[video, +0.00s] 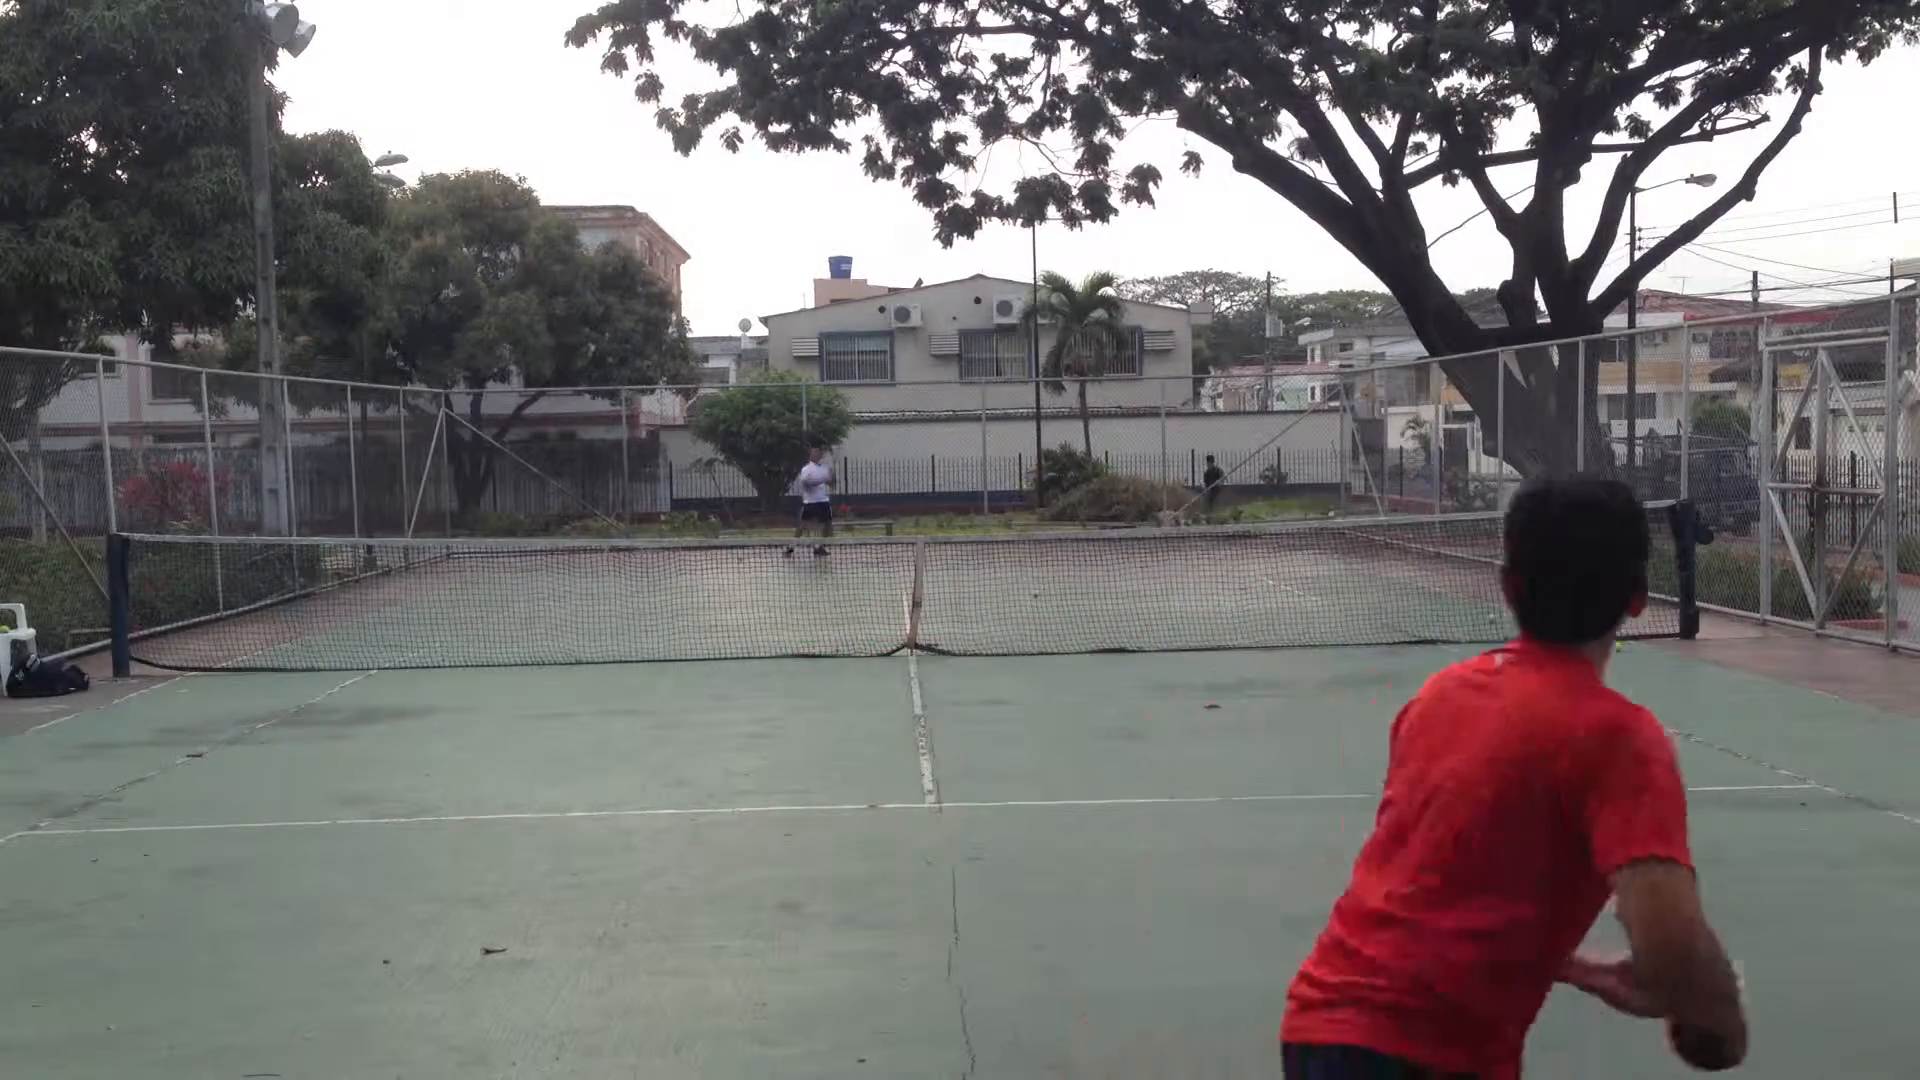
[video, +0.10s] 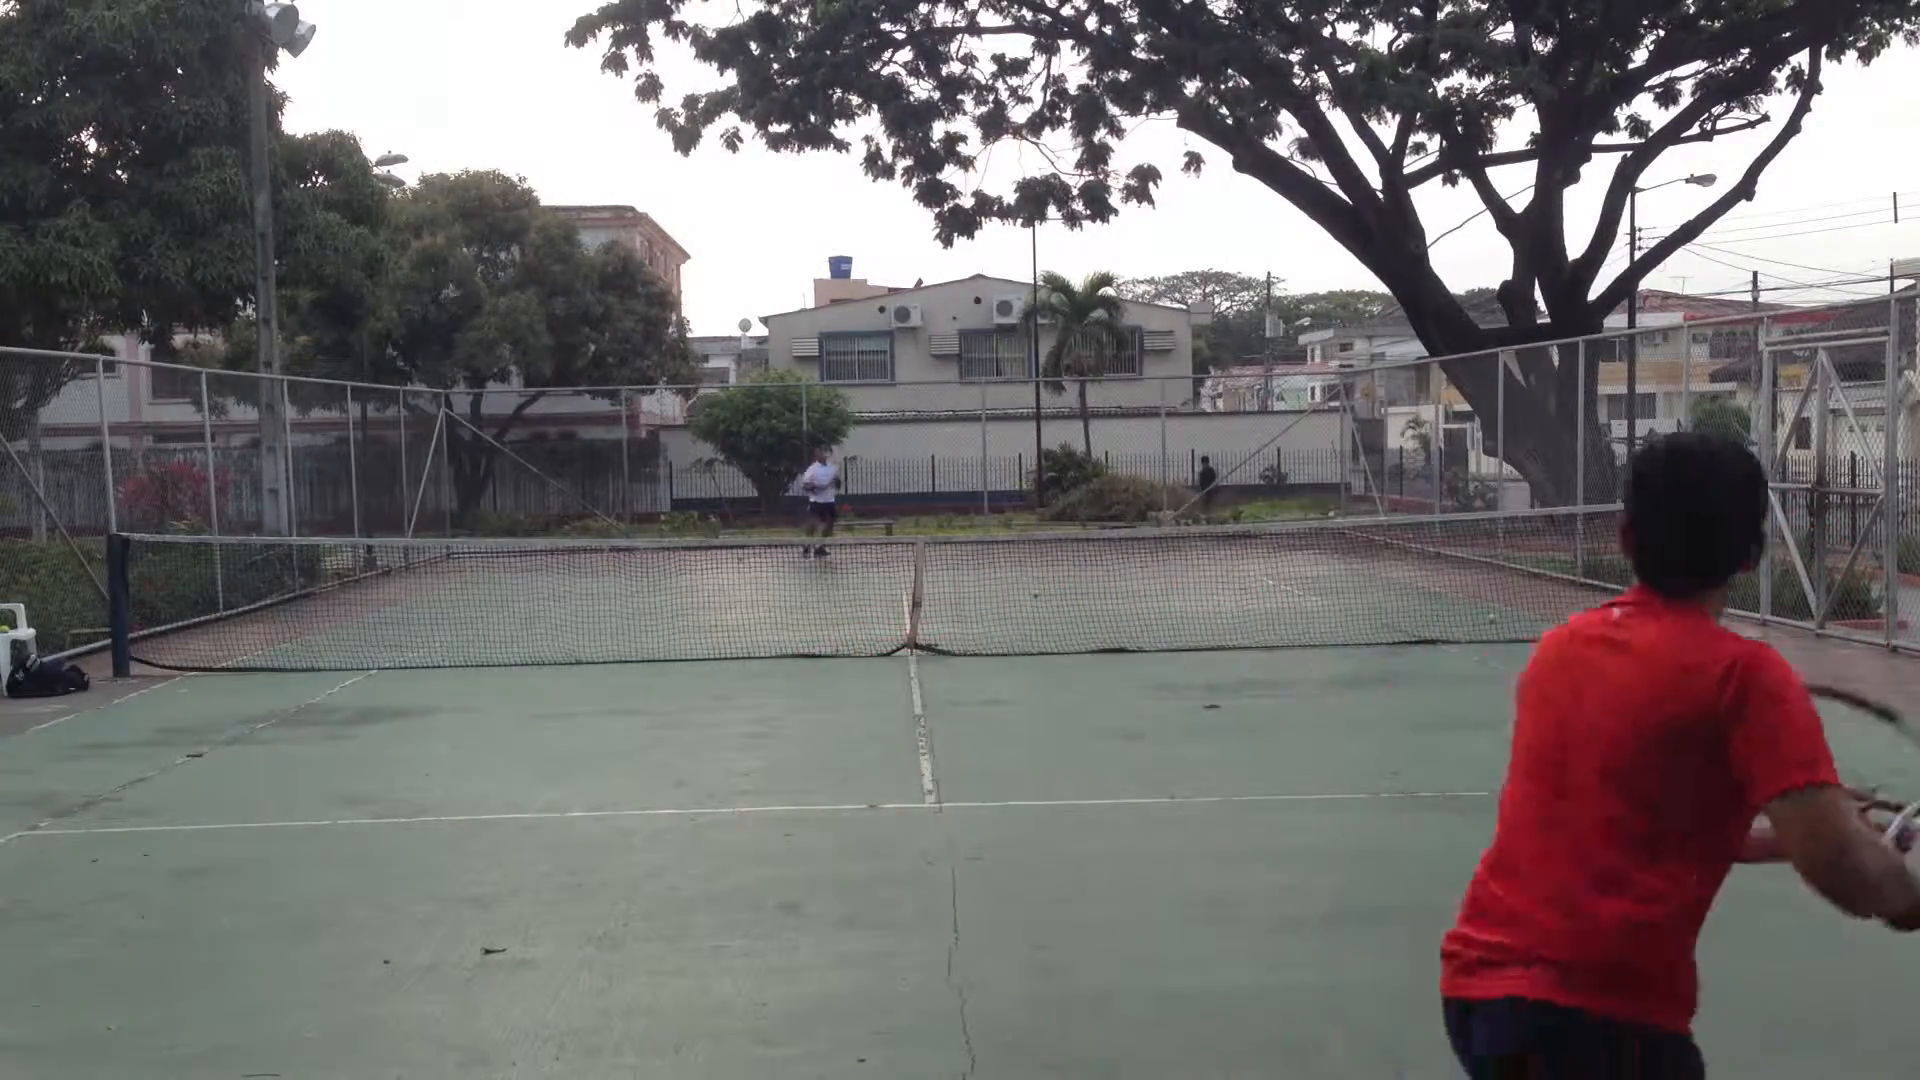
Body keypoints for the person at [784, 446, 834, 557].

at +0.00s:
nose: (817, 455)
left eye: (819, 453)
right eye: (815, 453)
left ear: (821, 454)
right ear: (810, 455)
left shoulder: (825, 468)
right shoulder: (806, 469)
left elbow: (831, 483)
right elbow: (805, 482)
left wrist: (831, 476)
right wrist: (823, 479)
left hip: (823, 500)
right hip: (809, 501)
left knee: (827, 525)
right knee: (802, 525)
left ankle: (820, 546)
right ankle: (791, 547)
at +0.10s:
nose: (825, 455)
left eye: (827, 452)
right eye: (822, 452)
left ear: (829, 454)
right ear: (817, 454)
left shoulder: (833, 468)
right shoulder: (813, 469)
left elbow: (838, 485)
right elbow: (805, 484)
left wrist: (837, 481)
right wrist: (815, 487)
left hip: (829, 501)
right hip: (815, 501)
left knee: (829, 525)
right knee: (813, 523)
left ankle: (821, 546)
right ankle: (807, 545)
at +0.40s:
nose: (836, 456)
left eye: (837, 453)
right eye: (833, 454)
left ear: (839, 453)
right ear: (828, 455)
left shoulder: (848, 466)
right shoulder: (824, 469)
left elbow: (855, 480)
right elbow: (818, 486)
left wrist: (848, 480)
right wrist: (829, 488)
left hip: (847, 499)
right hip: (833, 500)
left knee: (852, 524)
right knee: (839, 522)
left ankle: (836, 532)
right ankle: (841, 545)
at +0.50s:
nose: (839, 455)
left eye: (840, 453)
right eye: (836, 453)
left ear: (844, 453)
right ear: (832, 454)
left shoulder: (851, 466)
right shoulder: (829, 468)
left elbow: (859, 480)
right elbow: (825, 485)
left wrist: (854, 479)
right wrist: (836, 487)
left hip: (852, 500)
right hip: (837, 500)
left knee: (858, 523)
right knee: (840, 524)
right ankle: (842, 545)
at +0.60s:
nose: (846, 456)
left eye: (847, 453)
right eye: (843, 454)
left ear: (850, 454)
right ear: (839, 455)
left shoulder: (857, 465)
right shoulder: (835, 468)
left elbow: (864, 478)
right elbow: (830, 485)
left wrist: (861, 479)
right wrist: (843, 487)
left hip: (858, 500)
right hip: (843, 501)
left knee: (867, 523)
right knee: (843, 523)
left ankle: (875, 544)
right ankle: (843, 546)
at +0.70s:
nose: (853, 455)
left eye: (854, 453)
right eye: (850, 453)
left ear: (857, 453)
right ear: (846, 454)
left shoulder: (863, 465)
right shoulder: (841, 468)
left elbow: (872, 480)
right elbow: (836, 486)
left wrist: (868, 480)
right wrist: (848, 487)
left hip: (865, 500)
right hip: (849, 501)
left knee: (873, 523)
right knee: (847, 524)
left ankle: (881, 544)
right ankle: (843, 545)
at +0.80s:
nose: (857, 455)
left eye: (859, 453)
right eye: (855, 453)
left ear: (862, 453)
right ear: (851, 454)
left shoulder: (869, 465)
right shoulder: (846, 468)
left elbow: (877, 479)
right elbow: (842, 485)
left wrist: (873, 480)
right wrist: (853, 487)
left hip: (870, 500)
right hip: (854, 500)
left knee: (877, 524)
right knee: (850, 523)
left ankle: (880, 544)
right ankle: (844, 544)